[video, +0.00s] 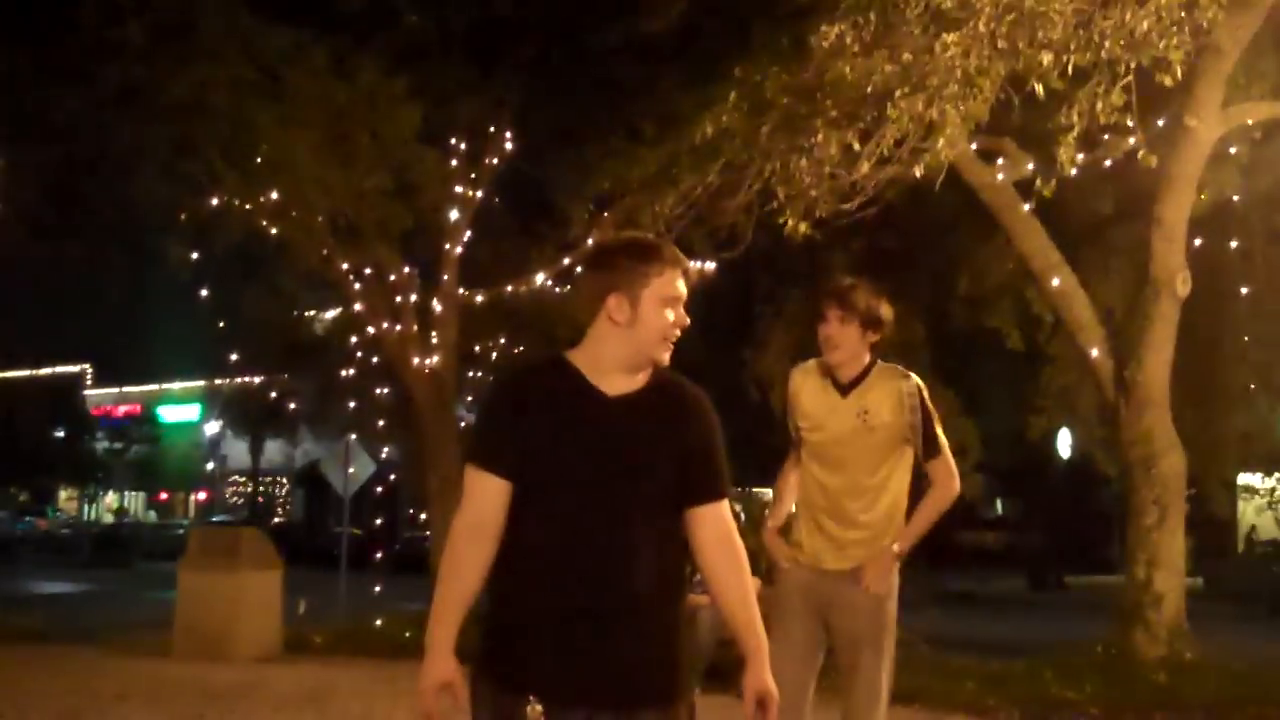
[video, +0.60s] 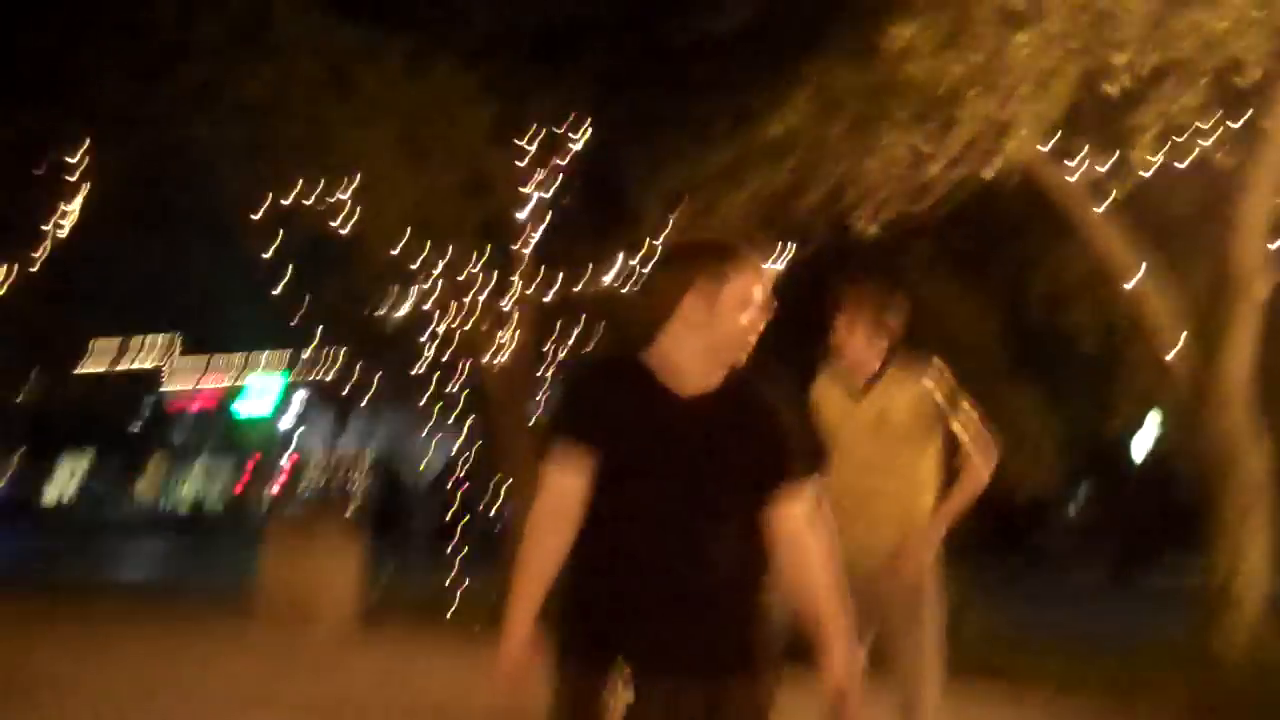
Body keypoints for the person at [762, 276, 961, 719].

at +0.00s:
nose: (826, 330)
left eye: (841, 321)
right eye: (824, 319)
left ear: (872, 333)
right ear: (818, 324)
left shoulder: (903, 390)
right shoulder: (801, 380)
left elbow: (946, 483)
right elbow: (797, 458)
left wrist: (894, 552)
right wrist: (771, 526)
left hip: (868, 580)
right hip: (798, 573)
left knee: (864, 711)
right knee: (782, 708)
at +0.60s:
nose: (839, 338)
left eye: (852, 326)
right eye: (839, 325)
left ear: (885, 334)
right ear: (833, 327)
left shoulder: (926, 381)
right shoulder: (823, 390)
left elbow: (982, 456)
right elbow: (810, 469)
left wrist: (931, 532)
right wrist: (816, 539)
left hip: (908, 562)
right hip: (841, 562)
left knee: (918, 692)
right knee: (840, 690)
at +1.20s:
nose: (871, 348)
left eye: (880, 338)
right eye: (871, 337)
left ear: (912, 347)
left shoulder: (955, 396)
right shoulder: (865, 395)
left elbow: (1005, 485)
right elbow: (865, 471)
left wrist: (966, 551)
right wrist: (858, 540)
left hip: (933, 575)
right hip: (872, 571)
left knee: (922, 706)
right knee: (864, 703)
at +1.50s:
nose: (848, 371)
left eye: (859, 364)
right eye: (849, 361)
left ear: (887, 378)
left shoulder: (924, 428)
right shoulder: (834, 410)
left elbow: (976, 493)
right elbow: (829, 468)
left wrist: (923, 544)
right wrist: (821, 514)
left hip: (888, 577)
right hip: (830, 567)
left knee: (874, 697)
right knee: (812, 687)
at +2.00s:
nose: (839, 343)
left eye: (850, 334)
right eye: (832, 332)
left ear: (868, 343)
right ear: (819, 339)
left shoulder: (892, 393)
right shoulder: (801, 385)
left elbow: (930, 468)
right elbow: (790, 445)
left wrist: (895, 527)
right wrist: (782, 506)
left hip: (858, 555)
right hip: (800, 547)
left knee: (848, 684)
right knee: (792, 677)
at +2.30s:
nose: (793, 326)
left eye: (802, 316)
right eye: (786, 315)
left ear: (821, 321)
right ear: (775, 321)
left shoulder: (850, 364)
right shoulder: (765, 367)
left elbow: (906, 408)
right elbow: (770, 417)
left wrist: (878, 473)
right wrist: (764, 465)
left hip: (831, 519)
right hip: (777, 515)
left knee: (830, 639)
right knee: (777, 632)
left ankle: (829, 713)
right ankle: (784, 713)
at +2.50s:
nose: (728, 312)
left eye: (738, 302)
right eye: (721, 301)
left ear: (757, 305)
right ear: (710, 306)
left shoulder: (784, 346)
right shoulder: (700, 351)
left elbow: (842, 387)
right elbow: (708, 408)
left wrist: (811, 452)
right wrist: (702, 458)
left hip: (761, 499)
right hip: (707, 498)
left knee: (757, 618)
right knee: (707, 616)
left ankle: (757, 710)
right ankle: (713, 709)